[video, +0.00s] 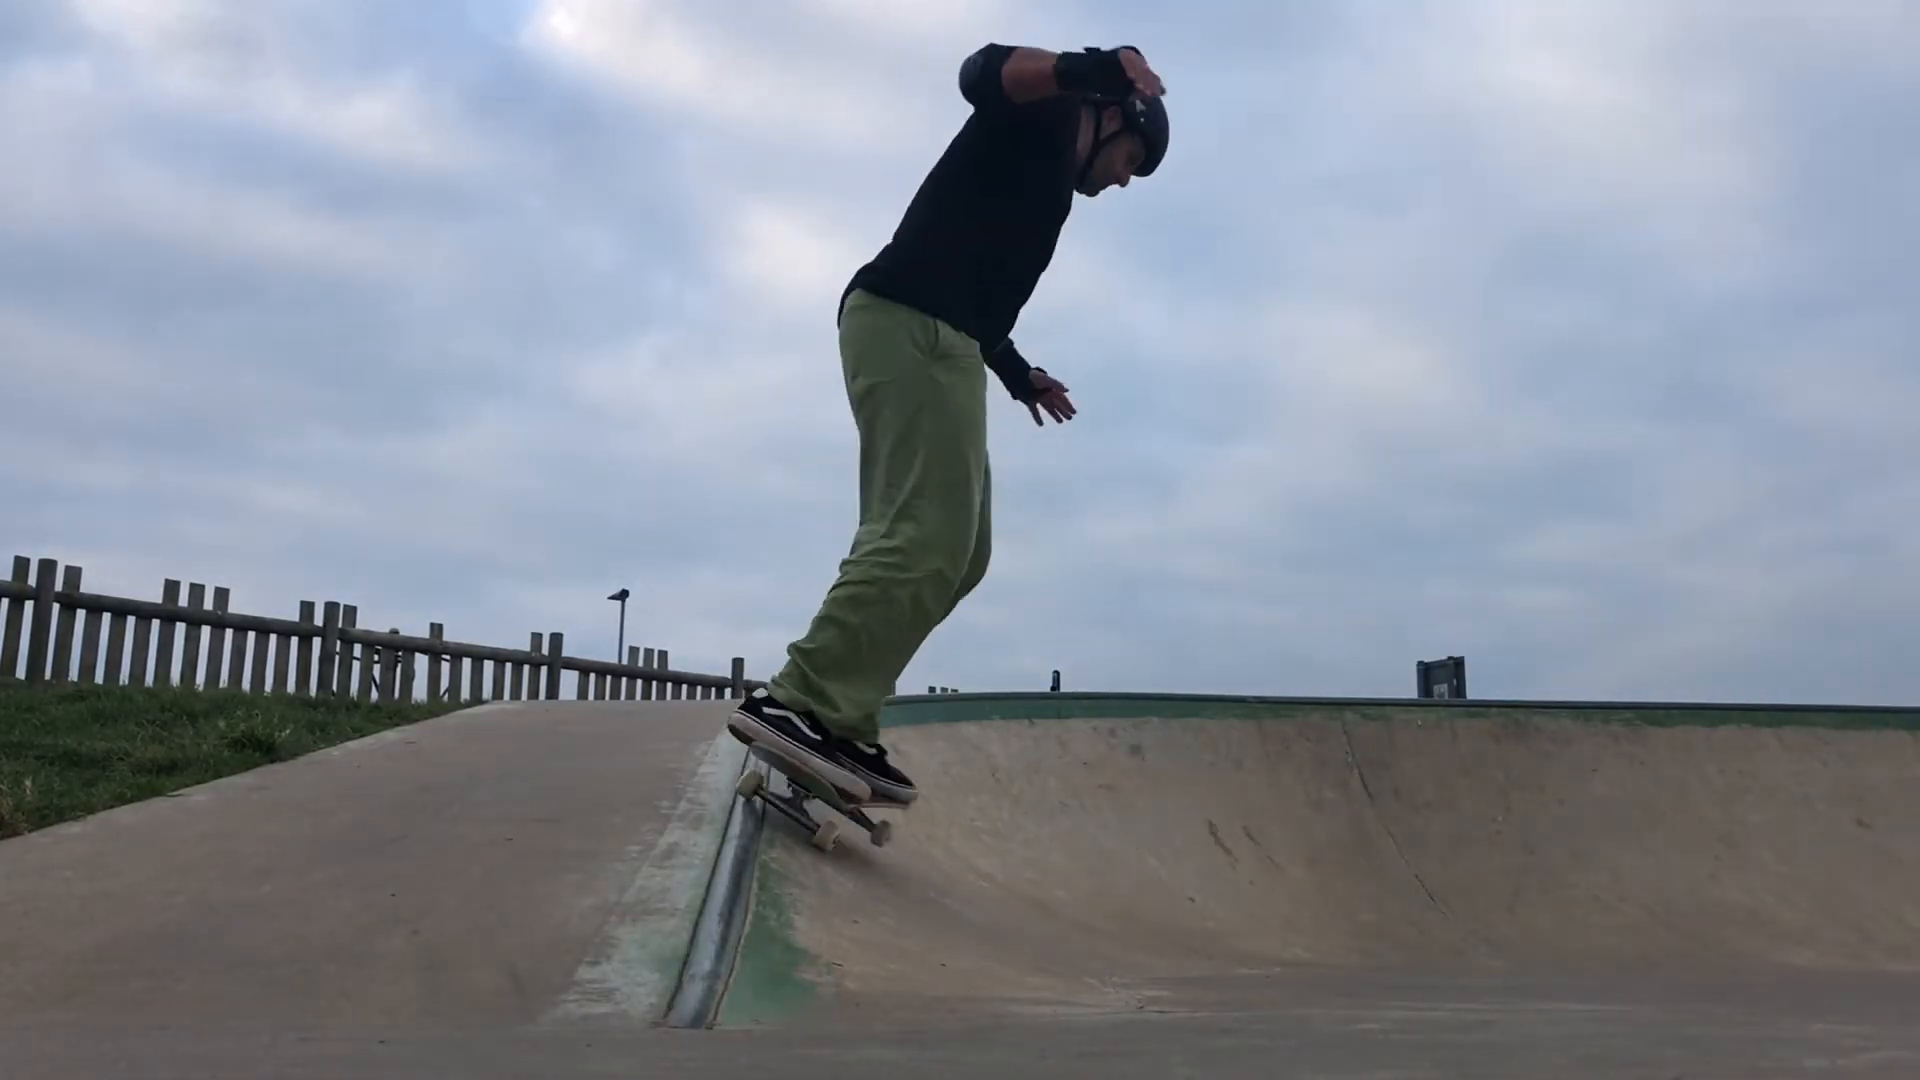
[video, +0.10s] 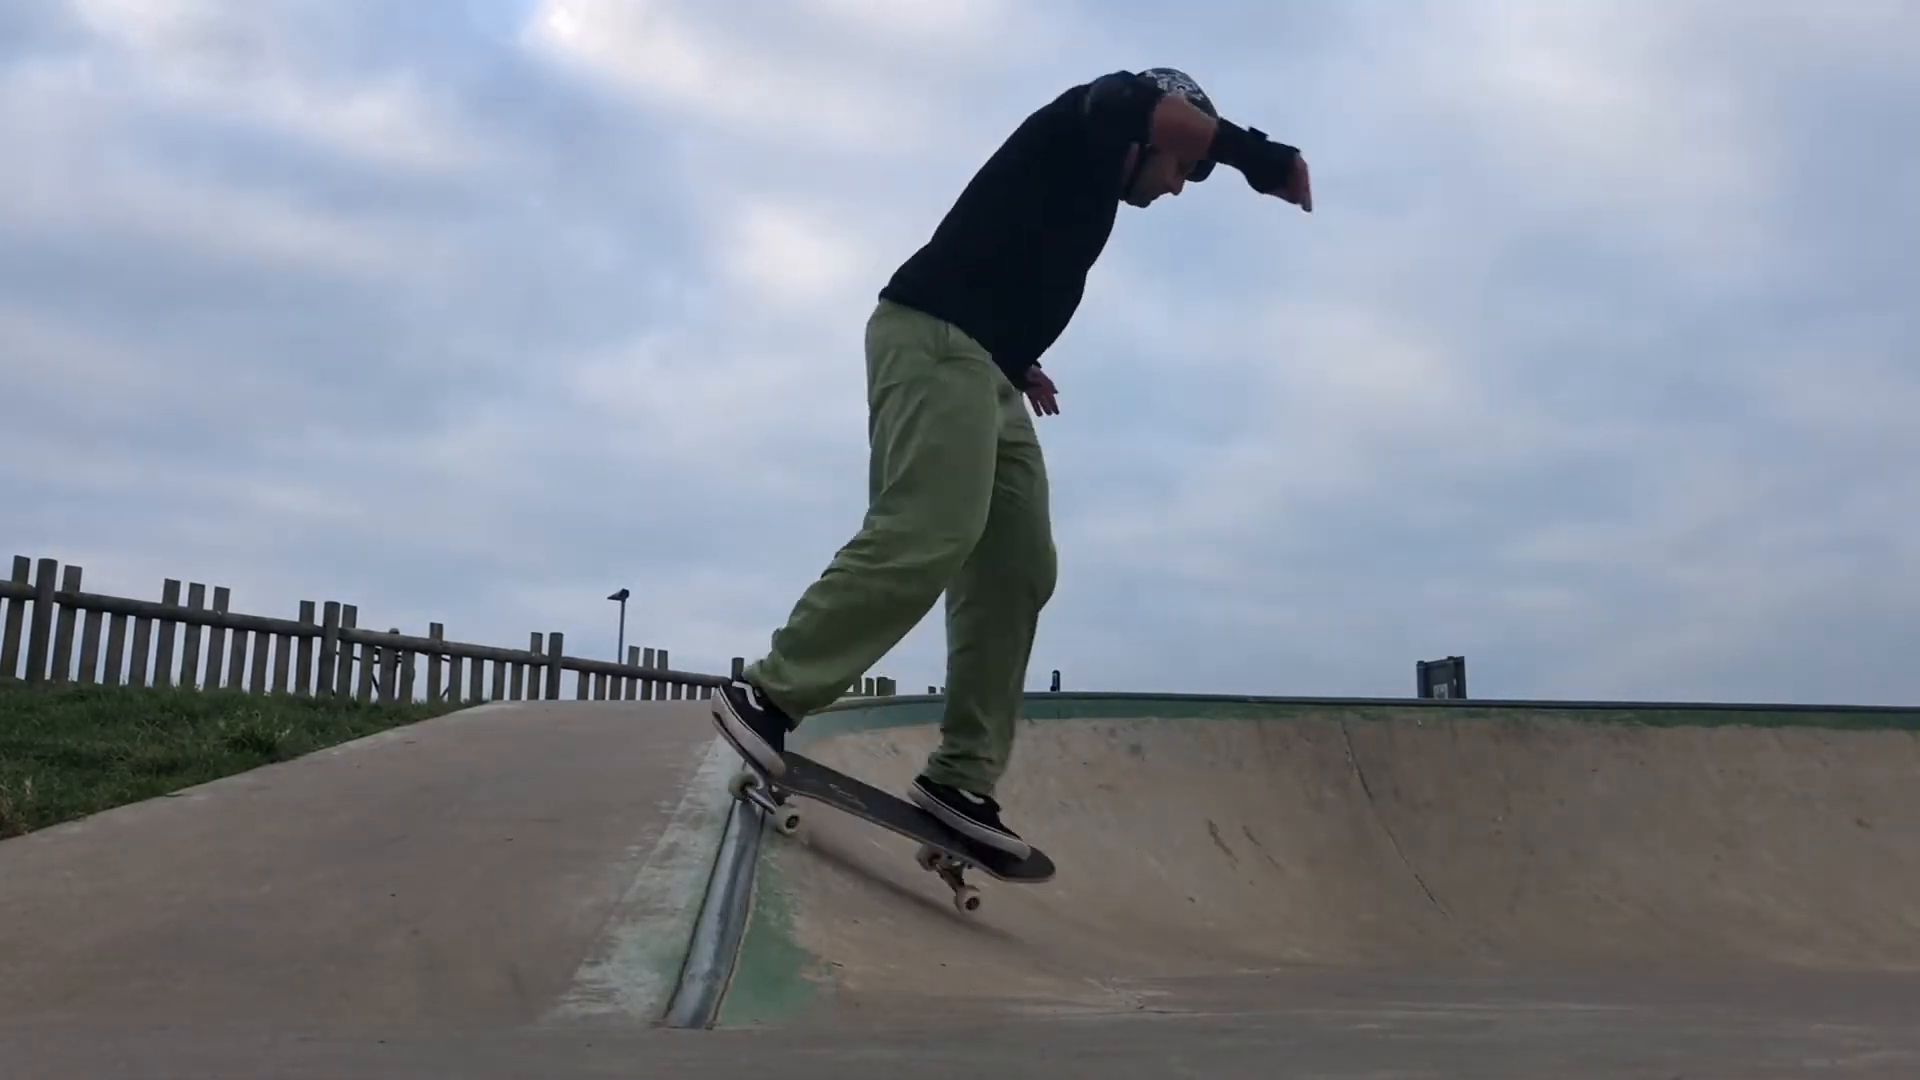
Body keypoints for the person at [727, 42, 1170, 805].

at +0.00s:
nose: (1125, 180)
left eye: (1136, 175)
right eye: (1134, 160)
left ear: (1106, 125)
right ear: (1111, 113)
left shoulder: (1053, 189)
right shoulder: (1042, 114)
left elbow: (978, 306)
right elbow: (982, 73)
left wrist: (1021, 375)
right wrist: (1095, 70)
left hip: (948, 342)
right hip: (909, 320)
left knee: (963, 554)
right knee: (925, 537)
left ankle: (845, 722)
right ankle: (796, 702)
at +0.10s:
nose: (1178, 187)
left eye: (1191, 178)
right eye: (1185, 166)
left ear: (1158, 142)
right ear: (1161, 127)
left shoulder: (1094, 188)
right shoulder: (1091, 114)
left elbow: (1004, 261)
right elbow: (1178, 115)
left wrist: (1018, 361)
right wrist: (1264, 156)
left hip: (995, 376)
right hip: (934, 335)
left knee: (1017, 571)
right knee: (931, 530)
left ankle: (961, 783)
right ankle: (771, 695)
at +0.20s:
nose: (1240, 212)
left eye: (1253, 202)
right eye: (1246, 191)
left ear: (1216, 173)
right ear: (1212, 155)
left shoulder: (1148, 239)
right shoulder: (1139, 153)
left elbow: (1066, 324)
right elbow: (1217, 114)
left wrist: (1076, 411)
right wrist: (1331, 171)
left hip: (1043, 418)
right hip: (981, 370)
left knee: (1059, 633)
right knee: (1004, 541)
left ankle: (1002, 834)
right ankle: (806, 674)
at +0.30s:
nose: (1310, 266)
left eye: (1321, 256)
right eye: (1315, 243)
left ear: (1284, 219)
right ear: (1281, 198)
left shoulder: (1212, 301)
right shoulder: (1191, 188)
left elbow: (1163, 420)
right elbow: (1183, 88)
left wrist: (1212, 523)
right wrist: (1307, 62)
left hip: (1081, 429)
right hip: (1042, 400)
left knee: (1124, 646)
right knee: (1135, 563)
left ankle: (1066, 855)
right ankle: (983, 757)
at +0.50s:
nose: (1474, 320)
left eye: (1484, 306)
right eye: (1477, 296)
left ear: (1433, 271)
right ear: (1434, 260)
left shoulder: (1375, 392)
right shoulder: (1321, 257)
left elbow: (1357, 511)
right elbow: (1220, 210)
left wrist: (1449, 549)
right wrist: (1159, 165)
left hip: (1244, 516)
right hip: (1208, 502)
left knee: (1352, 709)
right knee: (1343, 703)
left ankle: (1205, 853)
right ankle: (1277, 928)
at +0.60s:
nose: (1555, 327)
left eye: (1566, 314)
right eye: (1554, 303)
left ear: (1515, 276)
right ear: (1509, 266)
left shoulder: (1459, 383)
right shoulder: (1402, 272)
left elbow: (1413, 507)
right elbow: (1277, 275)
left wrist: (1487, 551)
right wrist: (1230, 365)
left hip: (1348, 533)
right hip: (1272, 512)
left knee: (1479, 679)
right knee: (1383, 696)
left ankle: (1399, 892)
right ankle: (1277, 922)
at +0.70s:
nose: (1628, 310)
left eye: (1643, 299)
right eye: (1625, 284)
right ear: (1578, 248)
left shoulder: (1543, 372)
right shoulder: (1469, 270)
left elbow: (1487, 491)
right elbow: (1335, 310)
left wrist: (1552, 578)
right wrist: (1354, 444)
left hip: (1453, 539)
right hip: (1356, 510)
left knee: (1565, 699)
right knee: (1434, 698)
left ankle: (1679, 915)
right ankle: (1291, 908)